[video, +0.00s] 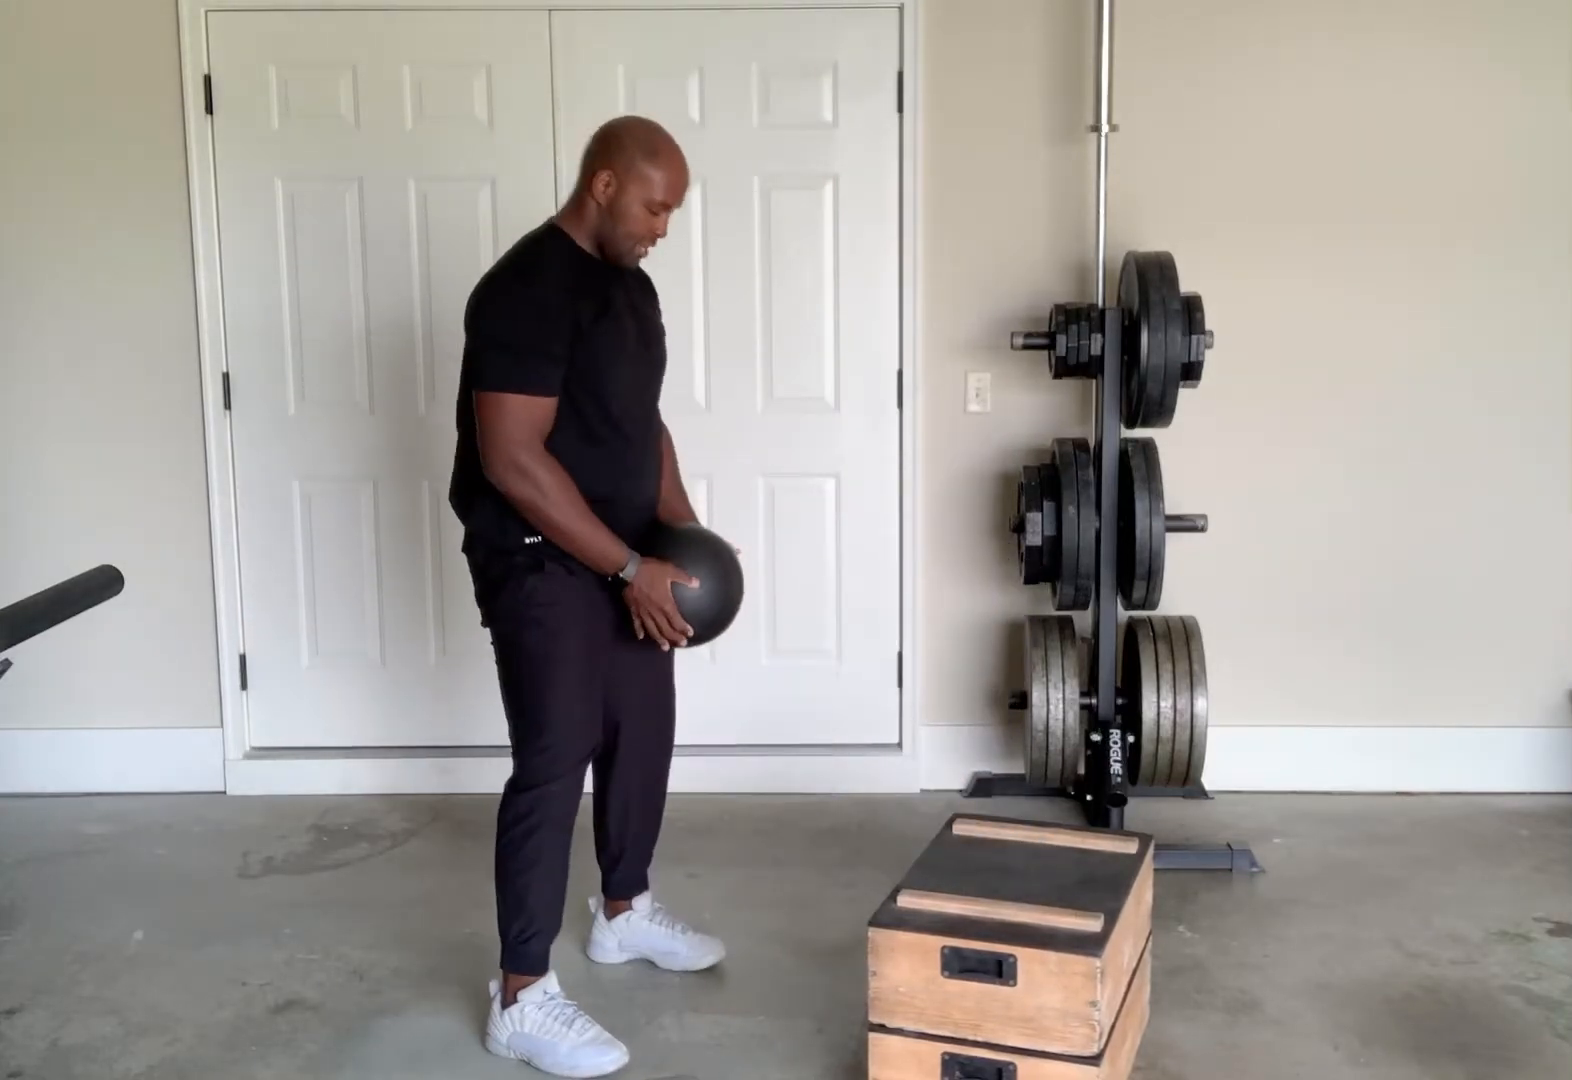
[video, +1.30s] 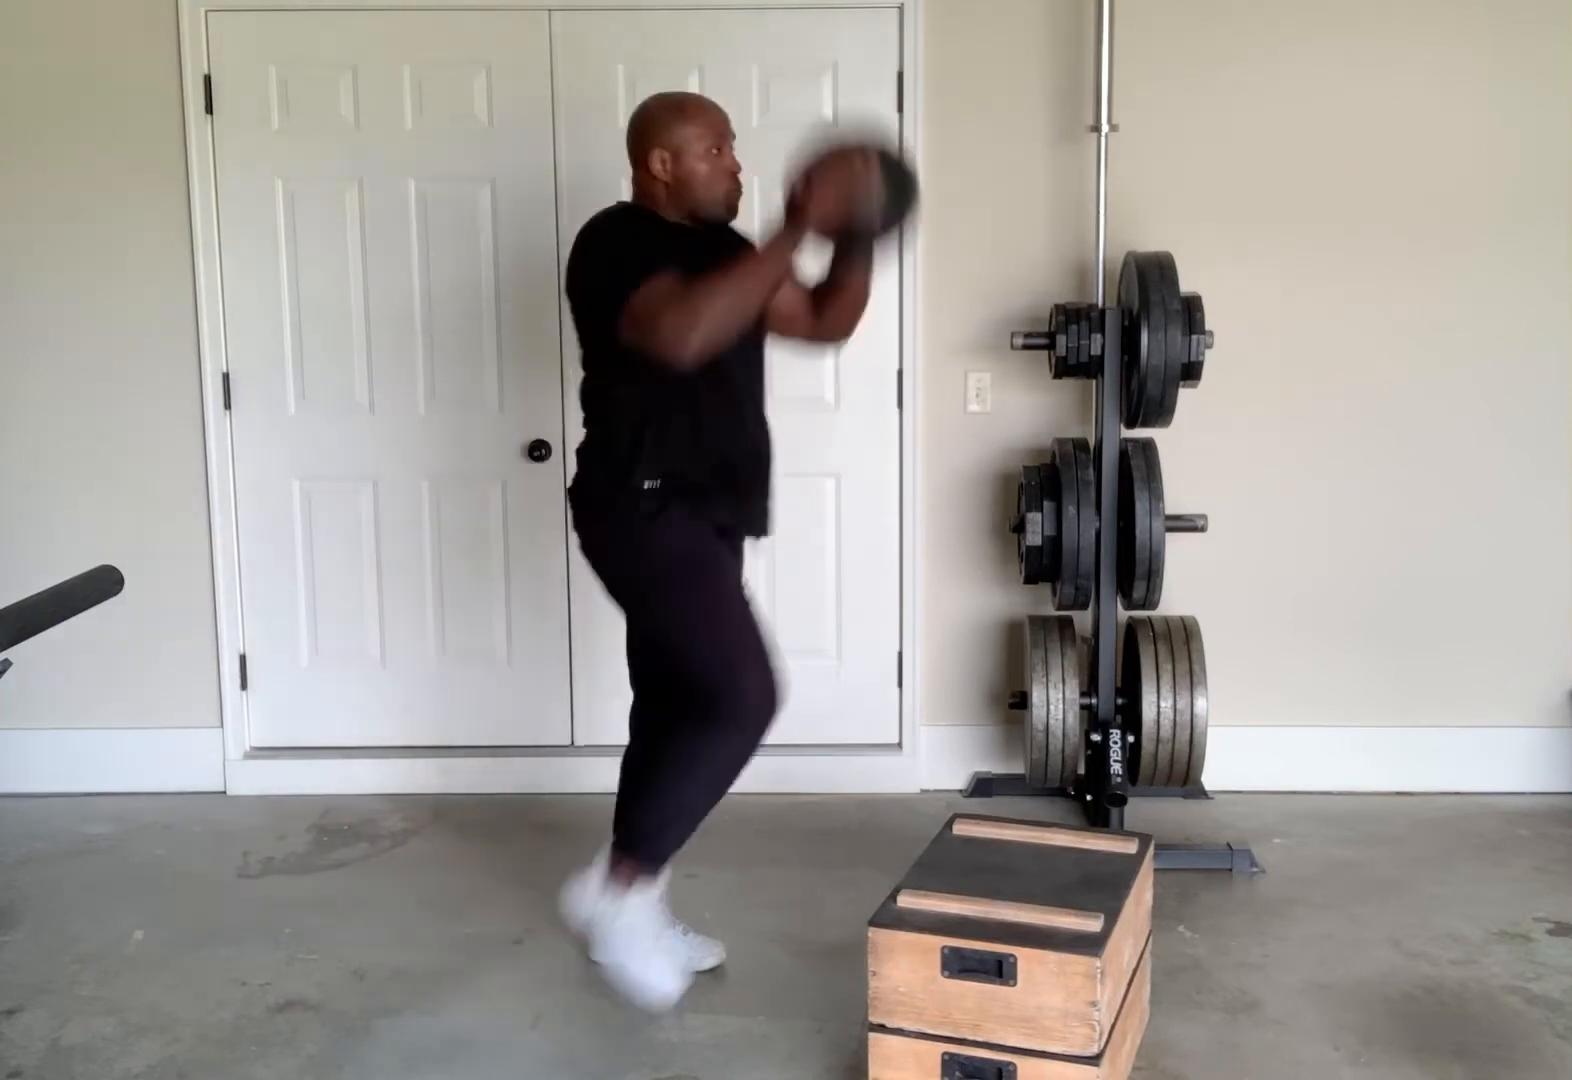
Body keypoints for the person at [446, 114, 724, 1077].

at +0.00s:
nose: (664, 227)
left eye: (671, 211)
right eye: (655, 208)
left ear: (635, 196)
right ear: (599, 184)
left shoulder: (630, 287)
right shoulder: (526, 288)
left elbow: (639, 422)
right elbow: (511, 461)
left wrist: (679, 532)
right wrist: (626, 569)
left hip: (621, 553)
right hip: (539, 560)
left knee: (640, 733)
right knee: (553, 759)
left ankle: (625, 914)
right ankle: (522, 994)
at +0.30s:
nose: (769, 350)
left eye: (782, 337)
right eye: (767, 330)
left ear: (739, 307)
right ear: (723, 296)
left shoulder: (706, 374)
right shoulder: (615, 365)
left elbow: (672, 510)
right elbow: (571, 545)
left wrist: (672, 655)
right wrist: (608, 690)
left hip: (579, 540)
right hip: (488, 545)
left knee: (635, 705)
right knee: (527, 755)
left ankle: (622, 912)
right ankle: (518, 996)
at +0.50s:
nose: (809, 453)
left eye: (821, 443)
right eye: (809, 435)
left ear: (773, 404)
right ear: (768, 400)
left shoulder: (739, 451)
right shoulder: (656, 444)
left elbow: (683, 578)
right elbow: (591, 621)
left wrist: (652, 721)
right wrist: (587, 759)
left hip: (569, 561)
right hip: (475, 553)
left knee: (637, 726)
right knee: (520, 766)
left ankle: (624, 914)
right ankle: (518, 997)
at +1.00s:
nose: (842, 397)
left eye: (848, 379)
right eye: (836, 376)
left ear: (789, 363)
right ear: (782, 360)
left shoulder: (761, 437)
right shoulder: (690, 435)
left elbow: (700, 566)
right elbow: (604, 600)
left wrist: (675, 700)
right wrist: (615, 743)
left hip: (597, 564)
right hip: (504, 554)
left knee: (669, 728)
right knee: (548, 766)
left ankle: (624, 912)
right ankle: (518, 997)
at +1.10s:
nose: (805, 253)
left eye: (804, 235)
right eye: (791, 236)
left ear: (750, 247)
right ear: (731, 243)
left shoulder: (746, 346)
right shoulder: (671, 339)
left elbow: (704, 472)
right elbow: (597, 497)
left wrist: (733, 582)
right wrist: (687, 624)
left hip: (630, 548)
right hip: (548, 546)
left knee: (683, 725)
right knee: (590, 766)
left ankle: (628, 914)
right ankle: (524, 996)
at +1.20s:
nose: (751, 176)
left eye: (748, 160)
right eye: (734, 161)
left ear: (693, 174)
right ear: (675, 174)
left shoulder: (720, 275)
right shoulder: (618, 265)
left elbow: (725, 394)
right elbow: (624, 412)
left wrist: (817, 398)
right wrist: (778, 397)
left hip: (691, 540)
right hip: (621, 540)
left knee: (702, 729)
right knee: (668, 744)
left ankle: (624, 908)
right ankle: (557, 961)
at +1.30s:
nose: (736, 165)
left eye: (733, 150)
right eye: (718, 151)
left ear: (697, 165)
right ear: (658, 167)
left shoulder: (721, 251)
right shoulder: (614, 243)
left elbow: (827, 319)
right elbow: (681, 332)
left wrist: (859, 232)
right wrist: (795, 227)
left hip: (702, 516)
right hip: (638, 512)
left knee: (672, 707)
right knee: (741, 696)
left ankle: (634, 902)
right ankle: (616, 889)